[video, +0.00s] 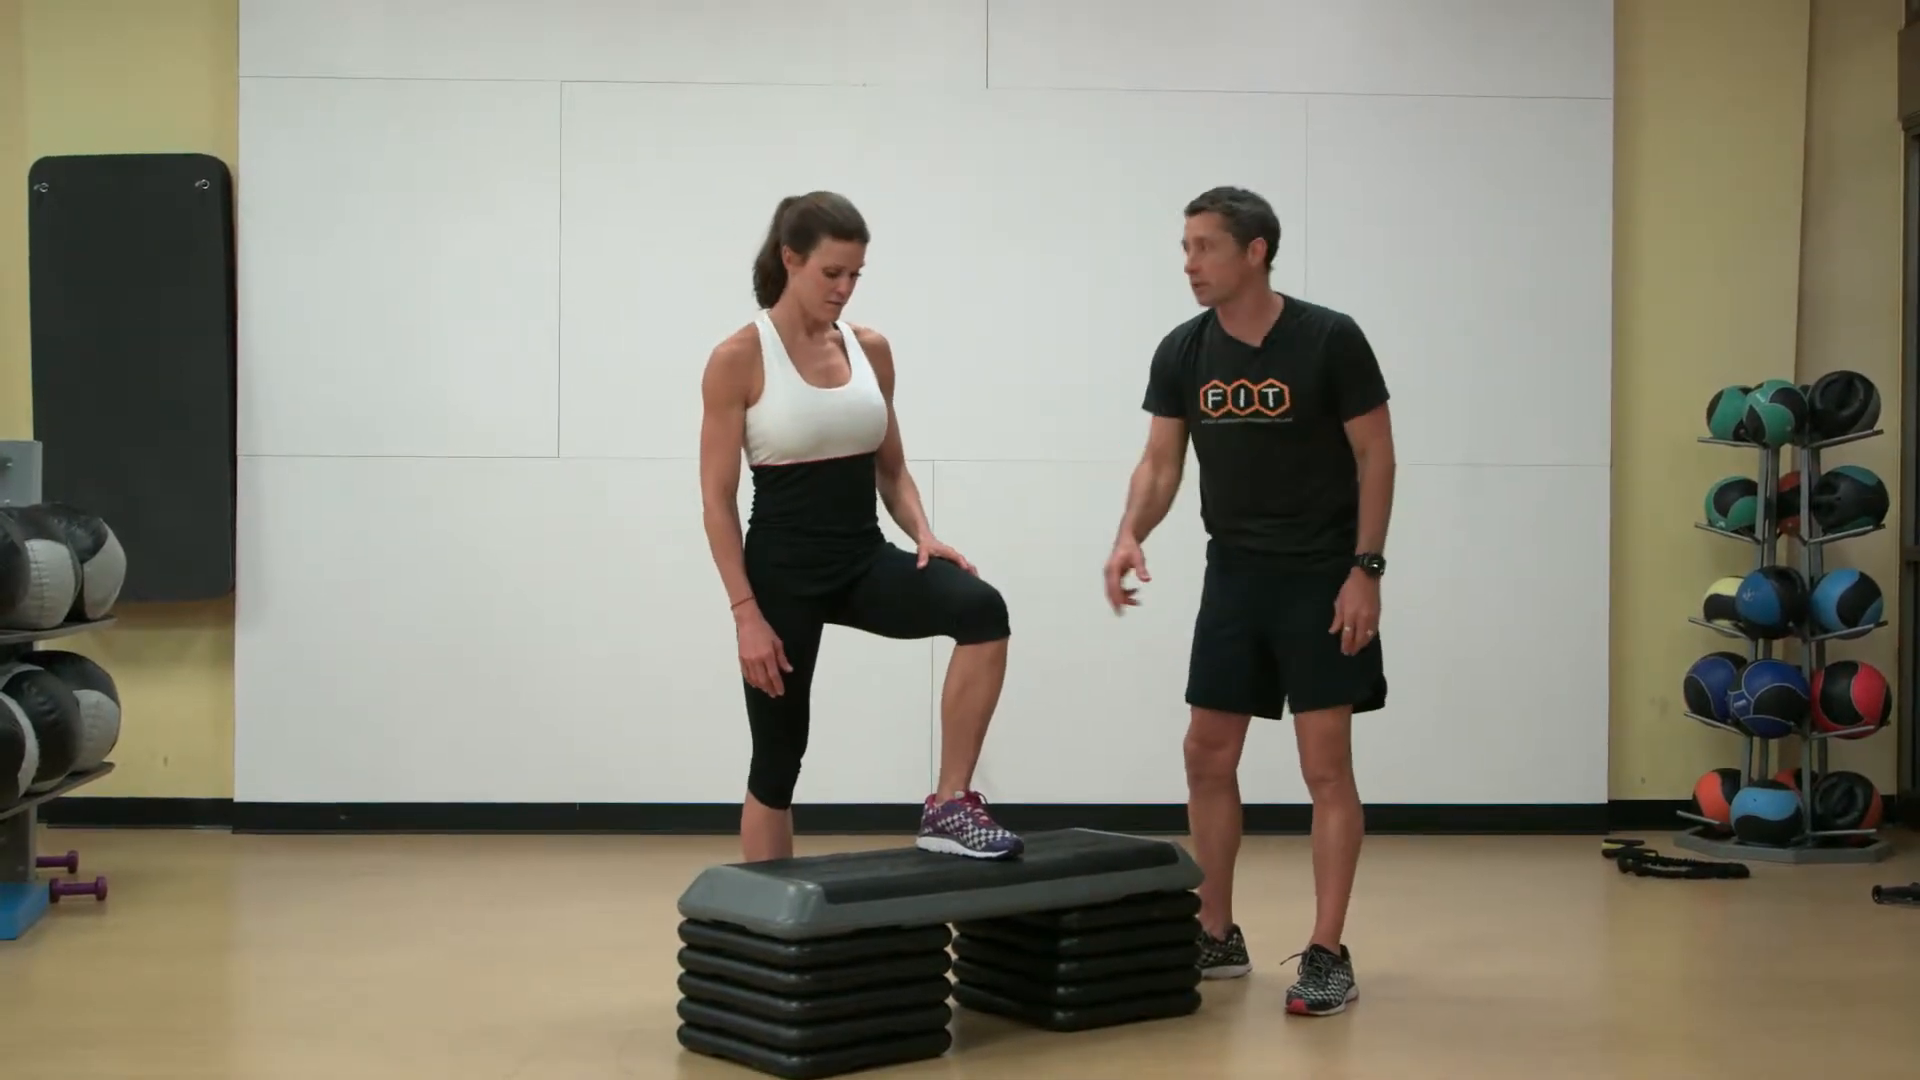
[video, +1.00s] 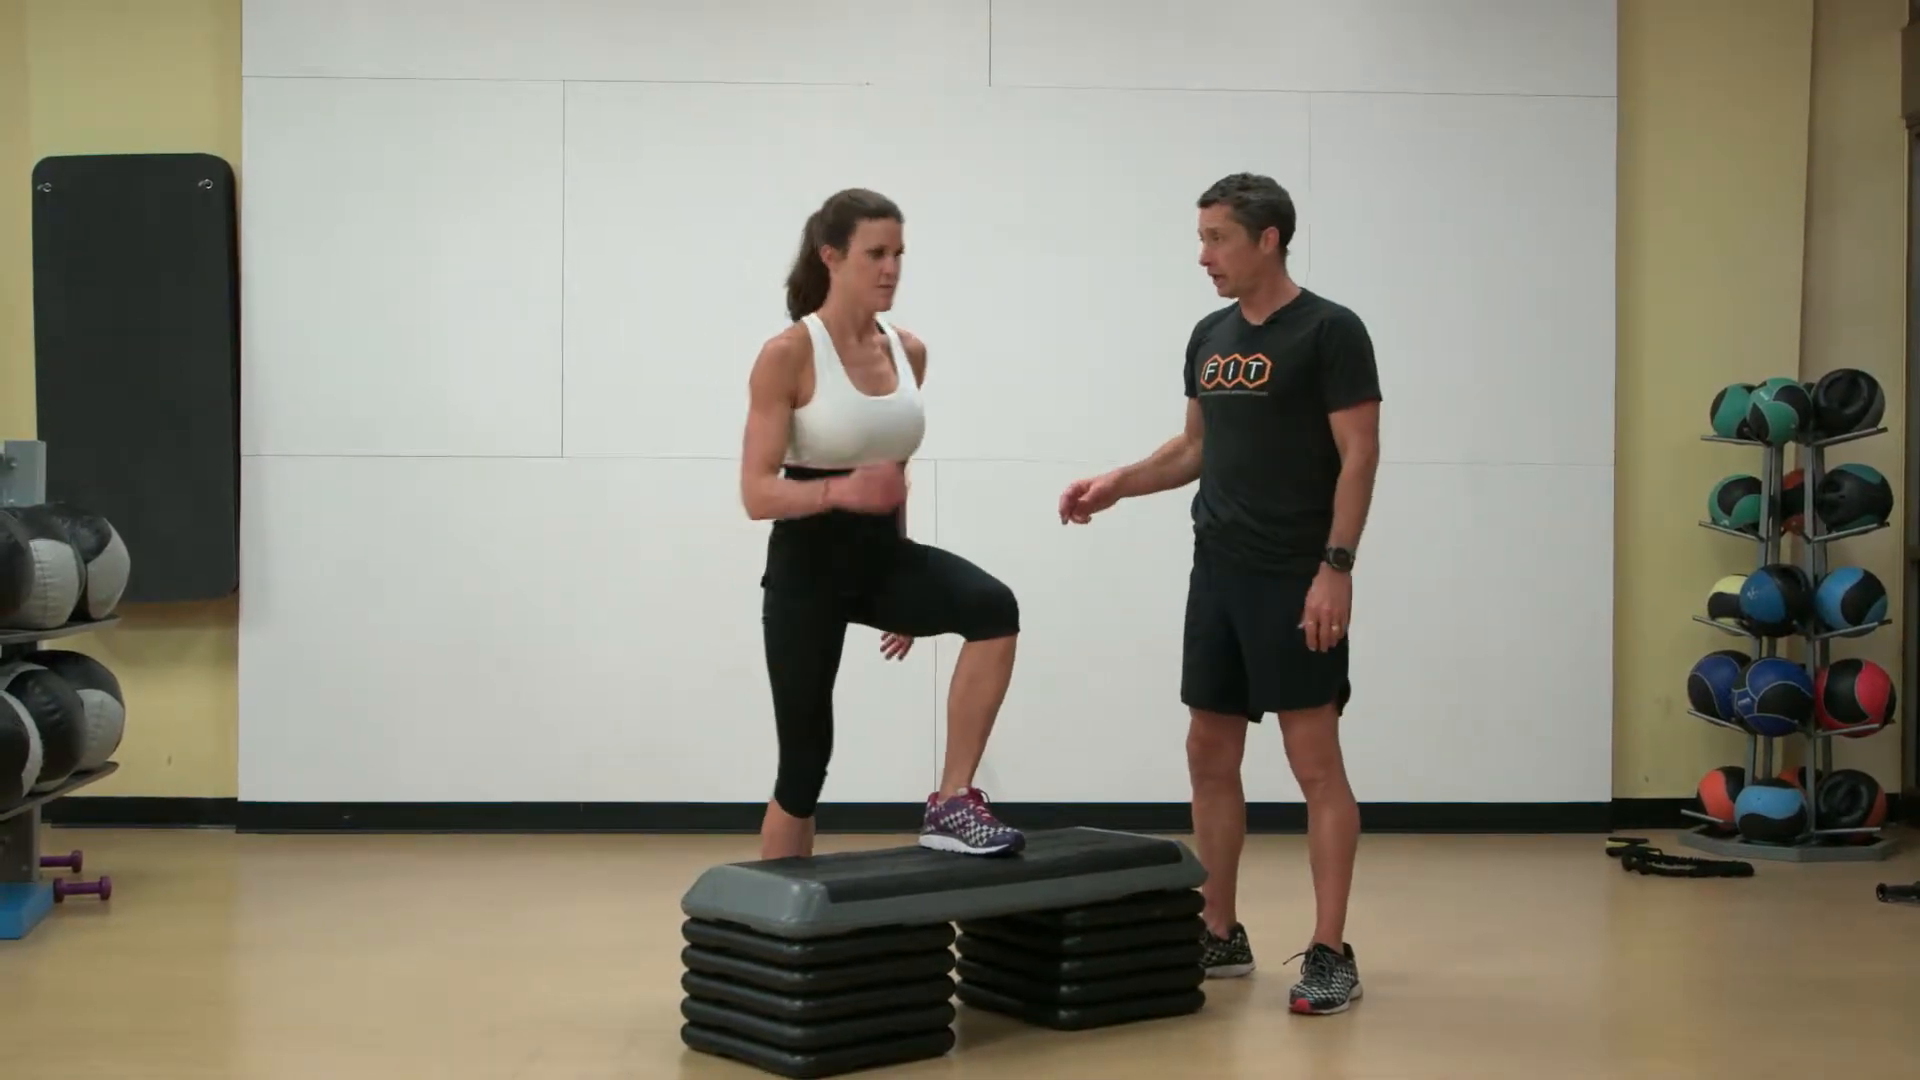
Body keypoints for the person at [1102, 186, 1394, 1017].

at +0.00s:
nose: (1188, 263)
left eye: (1203, 248)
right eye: (1185, 248)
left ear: (1255, 252)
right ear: (1195, 255)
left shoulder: (1330, 340)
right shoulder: (1183, 351)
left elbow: (1376, 456)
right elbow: (1158, 462)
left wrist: (1366, 567)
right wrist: (1129, 533)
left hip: (1321, 577)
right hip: (1231, 575)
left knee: (1326, 768)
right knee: (1207, 752)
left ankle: (1327, 949)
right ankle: (1214, 932)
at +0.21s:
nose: (1202, 240)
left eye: (1219, 228)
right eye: (1204, 226)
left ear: (1272, 239)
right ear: (1231, 242)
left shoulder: (1332, 341)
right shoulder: (1195, 339)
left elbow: (1366, 464)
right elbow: (1181, 447)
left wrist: (1349, 575)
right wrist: (1129, 526)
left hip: (1305, 580)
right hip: (1219, 576)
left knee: (1315, 763)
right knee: (1207, 755)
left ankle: (1326, 949)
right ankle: (1214, 934)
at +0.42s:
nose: (1210, 238)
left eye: (1227, 225)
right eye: (1212, 224)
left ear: (1279, 239)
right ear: (1235, 238)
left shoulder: (1332, 337)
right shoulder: (1207, 335)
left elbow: (1355, 462)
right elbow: (1187, 447)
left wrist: (1324, 568)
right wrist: (1108, 504)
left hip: (1294, 577)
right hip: (1214, 573)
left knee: (1310, 762)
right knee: (1203, 753)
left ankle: (1325, 950)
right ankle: (1216, 934)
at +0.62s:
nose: (1210, 247)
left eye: (1225, 233)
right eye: (1210, 232)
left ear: (1277, 241)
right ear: (1235, 239)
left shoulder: (1331, 333)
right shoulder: (1213, 333)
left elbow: (1350, 458)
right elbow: (1193, 446)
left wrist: (1311, 562)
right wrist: (1112, 483)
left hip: (1294, 573)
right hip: (1215, 571)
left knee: (1310, 761)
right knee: (1205, 754)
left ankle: (1327, 950)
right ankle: (1217, 934)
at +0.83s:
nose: (1205, 254)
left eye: (1218, 239)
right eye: (1203, 239)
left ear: (1270, 242)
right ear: (1220, 246)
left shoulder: (1331, 331)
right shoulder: (1211, 335)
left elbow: (1354, 456)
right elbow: (1195, 449)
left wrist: (1321, 561)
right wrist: (1118, 479)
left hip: (1295, 576)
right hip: (1217, 575)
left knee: (1313, 762)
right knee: (1207, 751)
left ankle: (1327, 949)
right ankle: (1218, 932)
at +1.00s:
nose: (1204, 254)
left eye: (1217, 239)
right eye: (1201, 239)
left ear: (1269, 241)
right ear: (1220, 245)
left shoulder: (1332, 331)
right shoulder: (1210, 335)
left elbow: (1359, 457)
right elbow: (1194, 449)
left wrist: (1336, 567)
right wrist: (1118, 482)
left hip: (1296, 579)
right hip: (1218, 577)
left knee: (1315, 762)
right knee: (1209, 751)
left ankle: (1329, 949)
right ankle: (1219, 932)